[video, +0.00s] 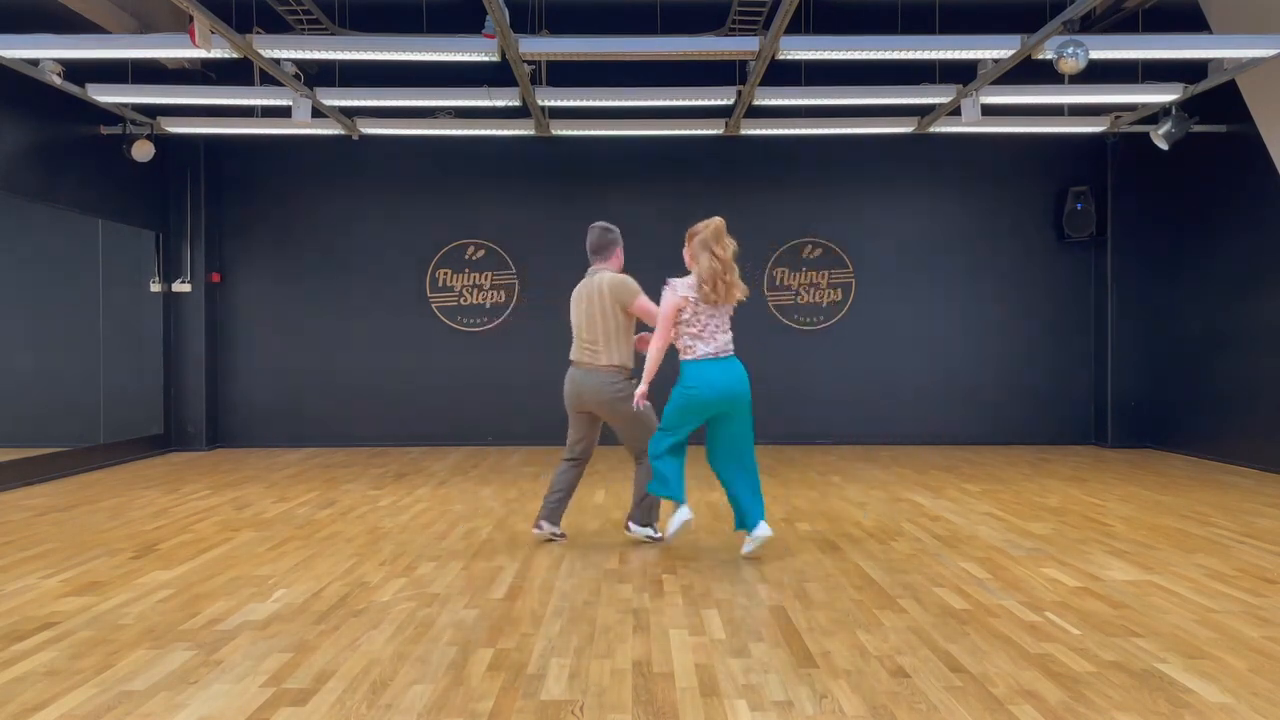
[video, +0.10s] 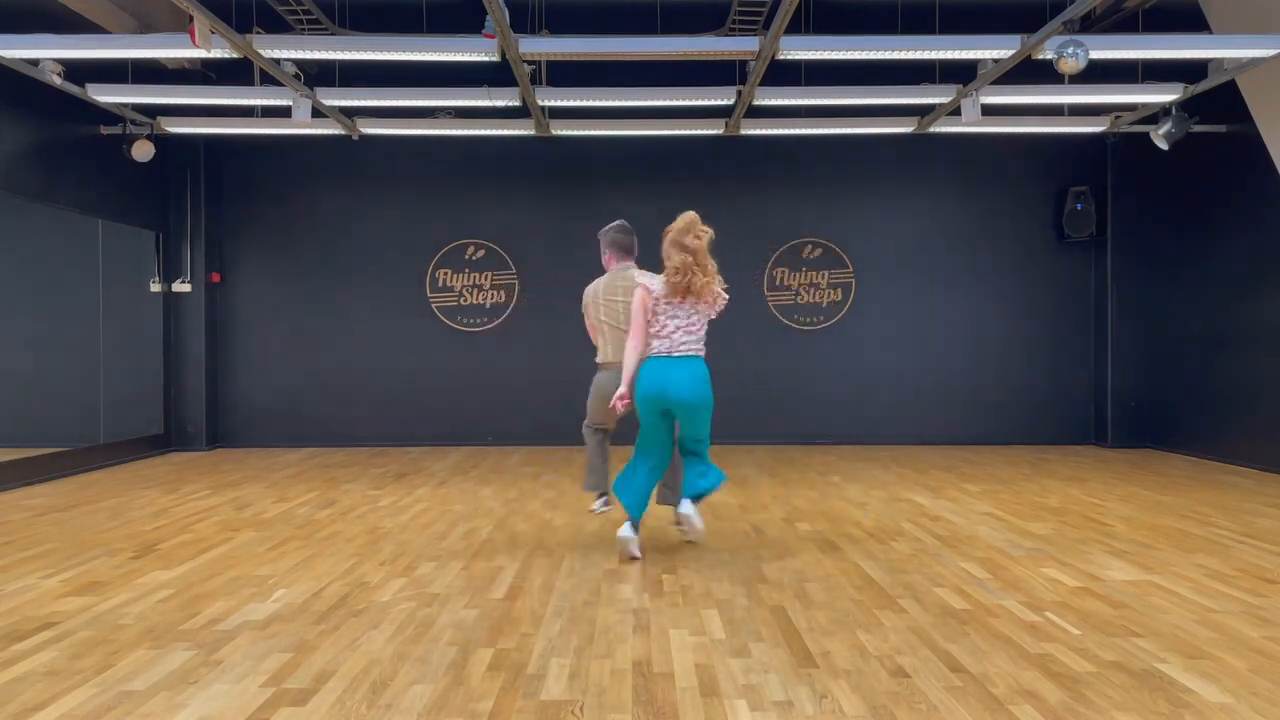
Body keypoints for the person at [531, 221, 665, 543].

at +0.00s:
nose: (623, 256)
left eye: (622, 251)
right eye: (622, 251)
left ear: (590, 254)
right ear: (618, 252)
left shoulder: (579, 290)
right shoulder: (621, 284)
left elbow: (592, 337)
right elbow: (662, 322)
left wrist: (633, 342)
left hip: (576, 379)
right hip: (611, 382)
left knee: (575, 454)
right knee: (649, 450)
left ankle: (548, 519)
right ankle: (641, 520)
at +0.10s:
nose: (600, 259)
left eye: (601, 253)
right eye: (602, 253)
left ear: (607, 255)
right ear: (635, 252)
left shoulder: (592, 290)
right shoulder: (653, 282)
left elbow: (594, 336)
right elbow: (660, 327)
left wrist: (620, 349)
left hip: (608, 372)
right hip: (648, 370)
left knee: (596, 429)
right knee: (663, 432)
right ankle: (675, 496)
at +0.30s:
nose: (658, 259)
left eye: (653, 253)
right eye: (655, 254)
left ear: (619, 261)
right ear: (651, 260)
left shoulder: (609, 302)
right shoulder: (664, 305)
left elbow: (583, 340)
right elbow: (686, 351)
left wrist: (549, 369)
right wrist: (701, 343)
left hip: (591, 385)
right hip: (614, 391)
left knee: (602, 464)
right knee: (625, 471)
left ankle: (605, 541)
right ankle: (587, 547)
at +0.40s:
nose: (634, 263)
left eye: (632, 257)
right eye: (629, 257)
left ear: (594, 267)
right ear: (619, 265)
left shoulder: (592, 303)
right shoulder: (629, 305)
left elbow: (572, 336)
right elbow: (652, 351)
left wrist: (542, 356)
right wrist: (682, 343)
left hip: (568, 388)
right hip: (583, 394)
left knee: (585, 462)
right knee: (631, 458)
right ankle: (597, 528)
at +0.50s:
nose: (612, 277)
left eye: (611, 271)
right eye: (608, 272)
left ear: (578, 279)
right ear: (594, 278)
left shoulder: (574, 313)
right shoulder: (598, 320)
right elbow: (626, 364)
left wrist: (650, 340)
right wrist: (656, 344)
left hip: (553, 404)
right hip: (564, 410)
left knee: (565, 481)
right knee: (621, 468)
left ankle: (533, 542)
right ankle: (577, 533)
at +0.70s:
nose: (576, 260)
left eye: (573, 254)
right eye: (570, 255)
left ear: (550, 263)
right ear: (554, 263)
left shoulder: (538, 296)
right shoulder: (567, 300)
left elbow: (573, 334)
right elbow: (600, 349)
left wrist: (612, 324)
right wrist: (634, 346)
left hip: (506, 389)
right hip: (530, 394)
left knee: (524, 473)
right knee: (566, 474)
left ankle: (496, 544)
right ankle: (531, 551)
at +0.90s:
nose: (548, 260)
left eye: (546, 253)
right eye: (542, 254)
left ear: (518, 263)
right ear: (522, 262)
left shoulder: (496, 297)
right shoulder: (539, 302)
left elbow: (519, 328)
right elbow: (583, 340)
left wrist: (555, 317)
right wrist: (625, 329)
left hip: (470, 395)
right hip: (499, 394)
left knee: (488, 483)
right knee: (561, 463)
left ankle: (454, 561)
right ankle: (525, 540)